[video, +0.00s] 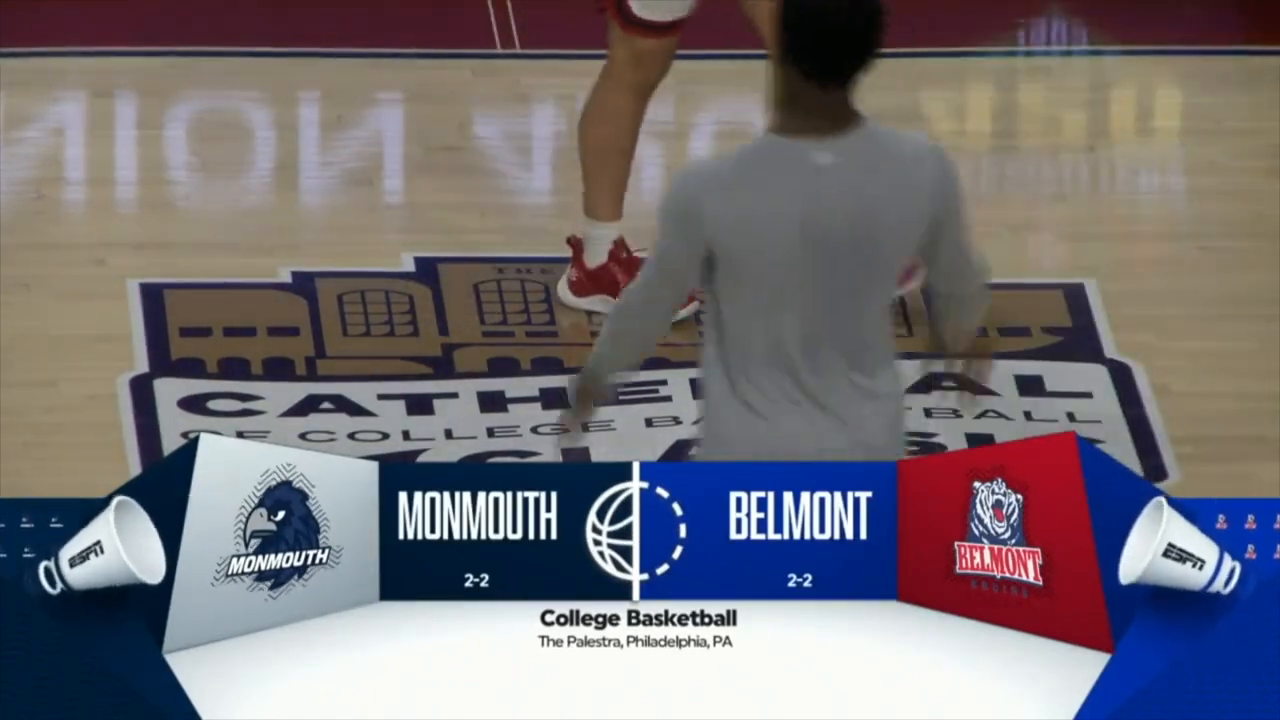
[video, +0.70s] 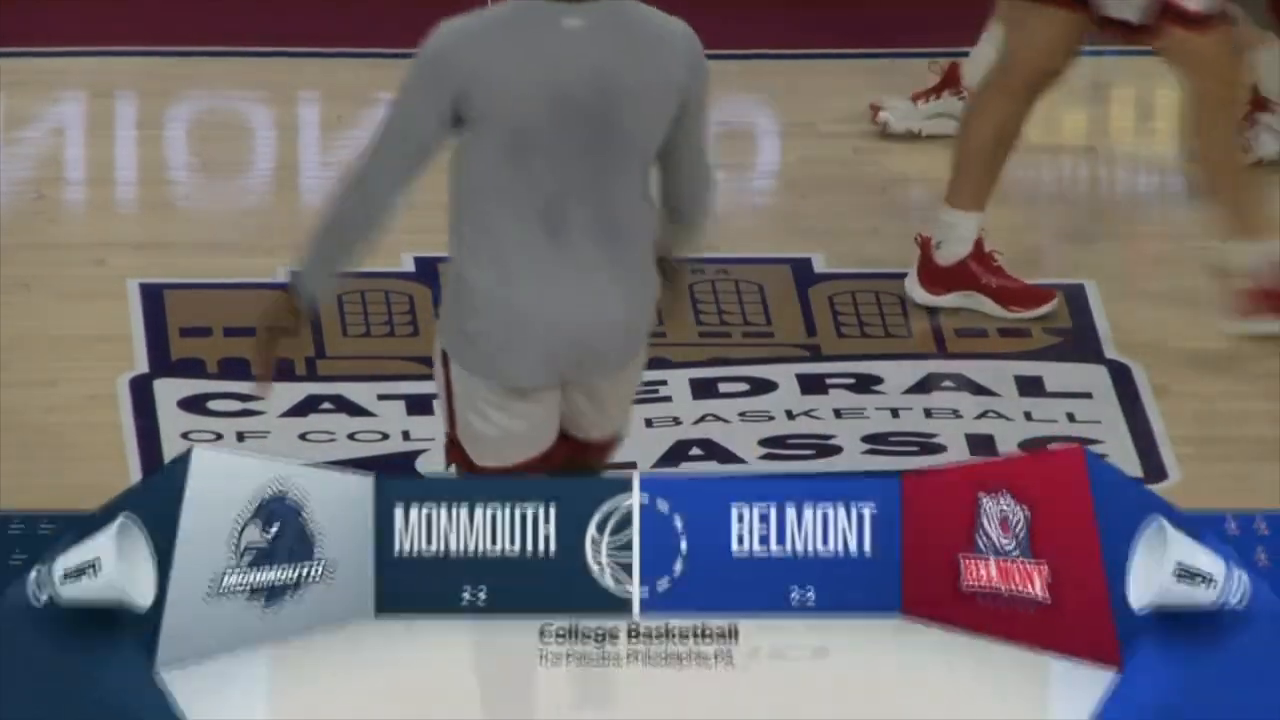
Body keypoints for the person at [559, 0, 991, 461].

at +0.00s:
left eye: (775, 32)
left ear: (779, 46)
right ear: (867, 54)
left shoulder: (708, 189)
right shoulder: (920, 170)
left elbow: (644, 313)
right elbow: (960, 308)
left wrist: (594, 381)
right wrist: (955, 339)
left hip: (745, 454)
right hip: (867, 449)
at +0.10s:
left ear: (743, 32)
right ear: (826, 37)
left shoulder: (679, 163)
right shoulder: (883, 150)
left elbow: (625, 330)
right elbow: (901, 304)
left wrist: (573, 466)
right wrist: (905, 420)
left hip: (705, 441)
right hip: (834, 440)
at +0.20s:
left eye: (683, 9)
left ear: (693, 13)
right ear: (783, 16)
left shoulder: (645, 137)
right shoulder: (849, 137)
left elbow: (622, 306)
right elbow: (858, 304)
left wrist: (600, 447)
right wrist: (838, 439)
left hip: (672, 433)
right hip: (793, 432)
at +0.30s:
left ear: (663, 9)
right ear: (742, 11)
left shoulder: (612, 105)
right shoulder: (807, 111)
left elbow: (620, 249)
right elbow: (825, 271)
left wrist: (623, 398)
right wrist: (786, 426)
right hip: (754, 408)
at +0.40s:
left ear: (622, 3)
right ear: (696, 5)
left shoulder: (571, 75)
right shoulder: (762, 94)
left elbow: (585, 204)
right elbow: (791, 255)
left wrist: (584, 339)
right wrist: (772, 412)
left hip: (588, 379)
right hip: (712, 389)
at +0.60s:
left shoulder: (489, 62)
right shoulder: (692, 66)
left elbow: (424, 233)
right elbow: (725, 241)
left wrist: (366, 385)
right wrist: (723, 380)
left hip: (514, 358)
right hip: (633, 360)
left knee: (515, 566)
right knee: (613, 562)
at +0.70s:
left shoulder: (465, 44)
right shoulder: (672, 44)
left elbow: (375, 185)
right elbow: (690, 201)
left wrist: (301, 293)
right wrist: (668, 254)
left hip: (499, 331)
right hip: (614, 326)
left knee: (502, 532)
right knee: (581, 509)